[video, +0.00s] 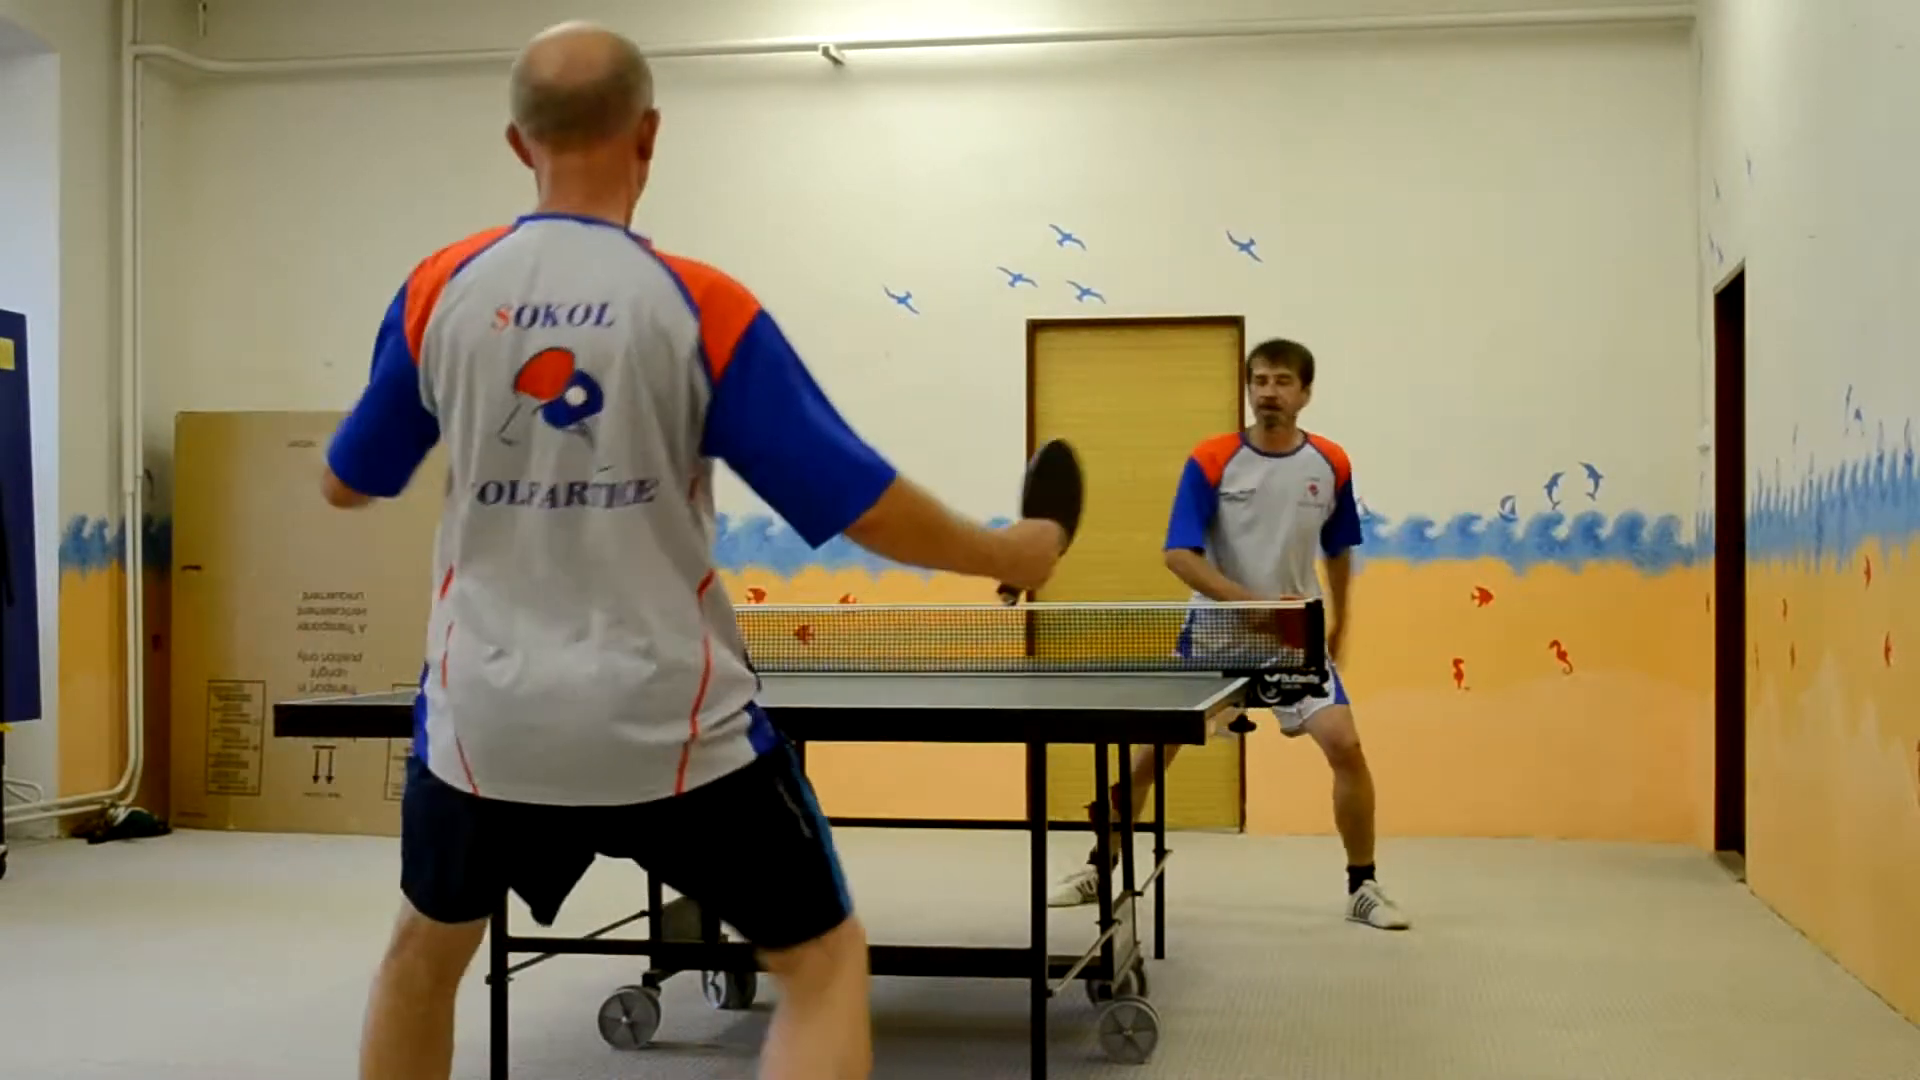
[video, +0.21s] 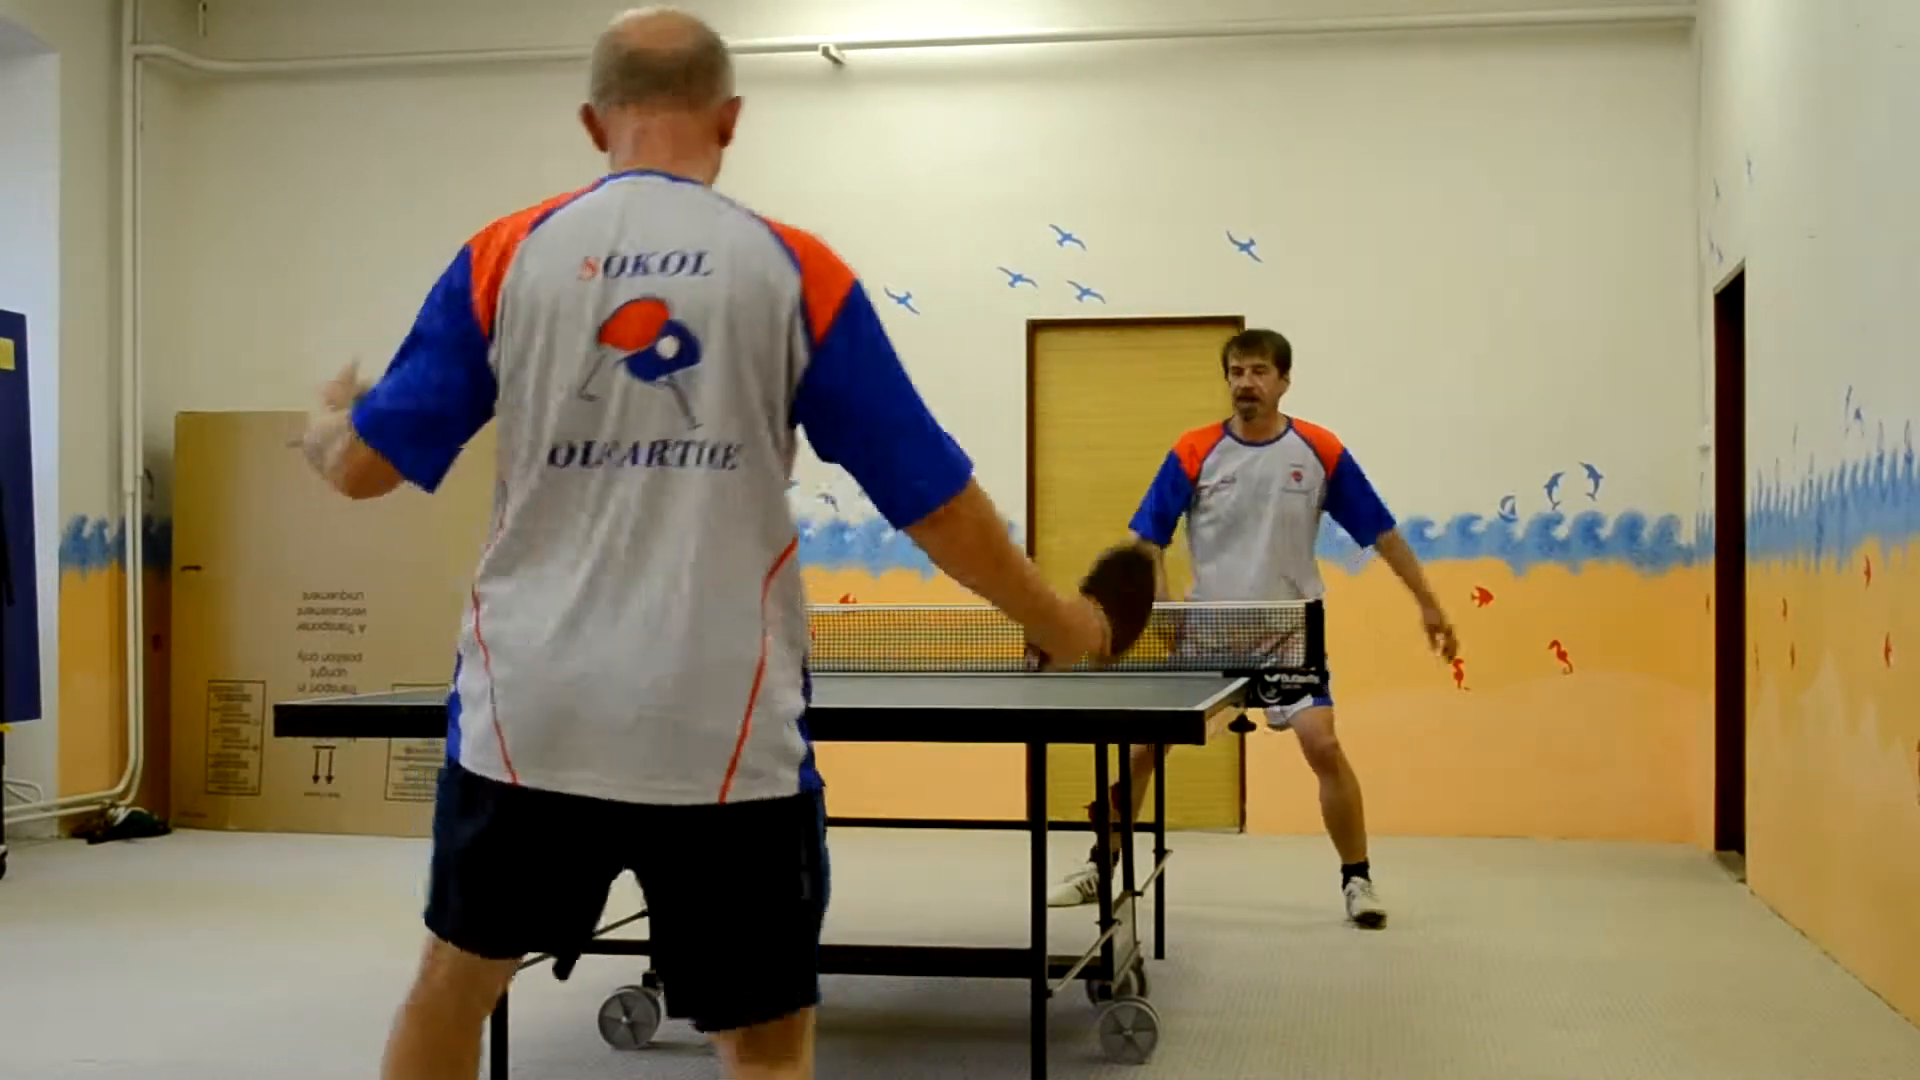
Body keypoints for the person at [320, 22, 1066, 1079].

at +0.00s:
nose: (649, 145)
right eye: (652, 128)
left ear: (519, 143)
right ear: (647, 138)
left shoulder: (439, 291)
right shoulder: (704, 309)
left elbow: (348, 483)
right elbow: (856, 498)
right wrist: (1007, 552)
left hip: (483, 728)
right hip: (674, 726)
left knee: (423, 956)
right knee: (820, 965)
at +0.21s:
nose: (710, 130)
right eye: (724, 116)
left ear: (593, 125)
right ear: (729, 122)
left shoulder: (503, 257)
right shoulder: (795, 271)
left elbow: (360, 468)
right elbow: (929, 493)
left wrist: (328, 416)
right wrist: (1052, 615)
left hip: (524, 719)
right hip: (727, 726)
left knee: (452, 981)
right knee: (768, 1039)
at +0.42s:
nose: (739, 114)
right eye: (752, 98)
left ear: (612, 94)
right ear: (752, 91)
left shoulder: (517, 197)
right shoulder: (822, 208)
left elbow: (414, 457)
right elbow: (888, 477)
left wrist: (406, 609)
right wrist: (952, 687)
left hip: (524, 687)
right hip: (731, 704)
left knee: (525, 986)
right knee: (750, 1021)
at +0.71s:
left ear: (615, 269)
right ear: (732, 259)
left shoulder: (519, 343)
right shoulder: (777, 302)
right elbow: (829, 510)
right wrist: (868, 758)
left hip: (450, 689)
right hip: (668, 675)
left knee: (522, 1028)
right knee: (768, 996)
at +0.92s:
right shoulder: (779, 501)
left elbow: (591, 963)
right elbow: (848, 595)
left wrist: (612, 1074)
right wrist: (895, 871)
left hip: (405, 729)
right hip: (623, 712)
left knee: (480, 1034)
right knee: (728, 1048)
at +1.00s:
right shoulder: (794, 558)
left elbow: (602, 984)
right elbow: (864, 632)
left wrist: (630, 1072)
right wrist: (906, 911)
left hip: (392, 731)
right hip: (621, 715)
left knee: (489, 1034)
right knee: (734, 1044)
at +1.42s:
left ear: (651, 302)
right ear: (770, 307)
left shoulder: (555, 364)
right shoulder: (792, 338)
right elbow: (847, 492)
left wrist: (619, 982)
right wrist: (862, 752)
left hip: (407, 662)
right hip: (619, 655)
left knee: (509, 1029)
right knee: (718, 1049)